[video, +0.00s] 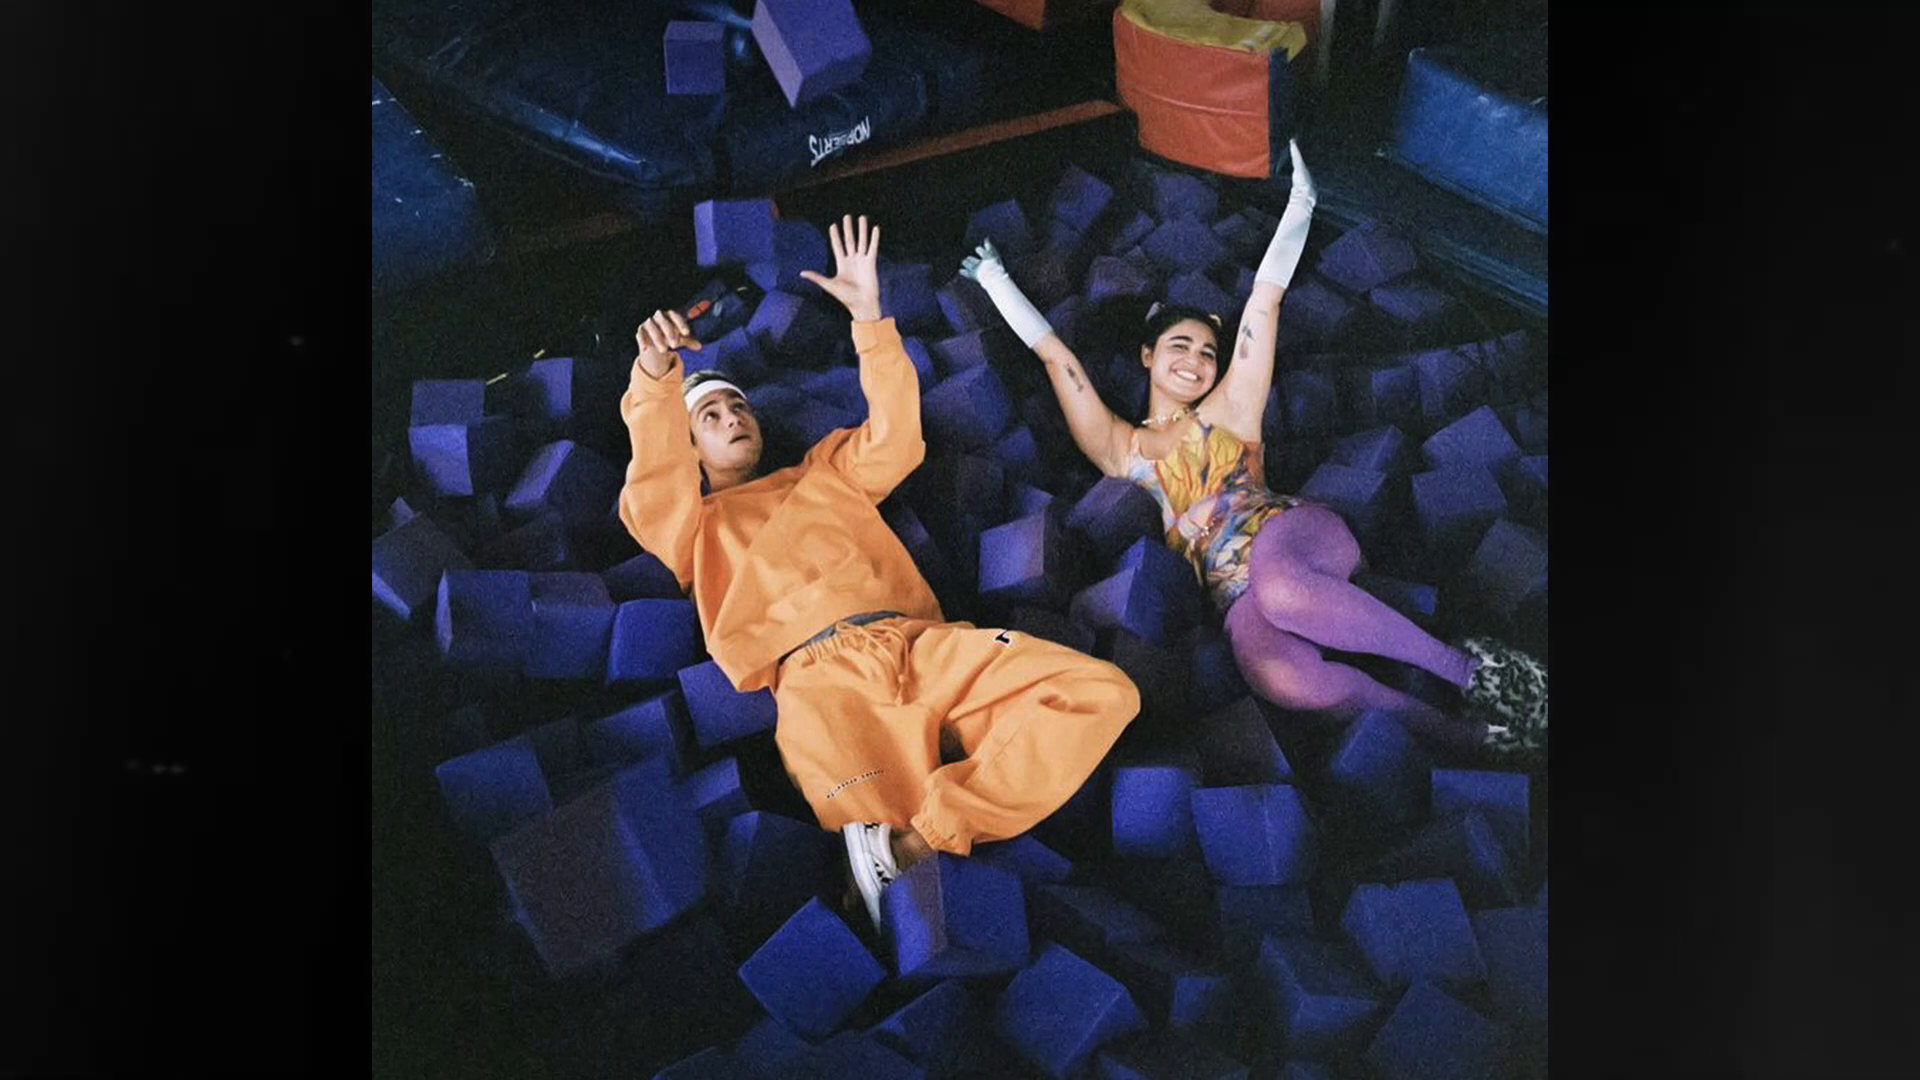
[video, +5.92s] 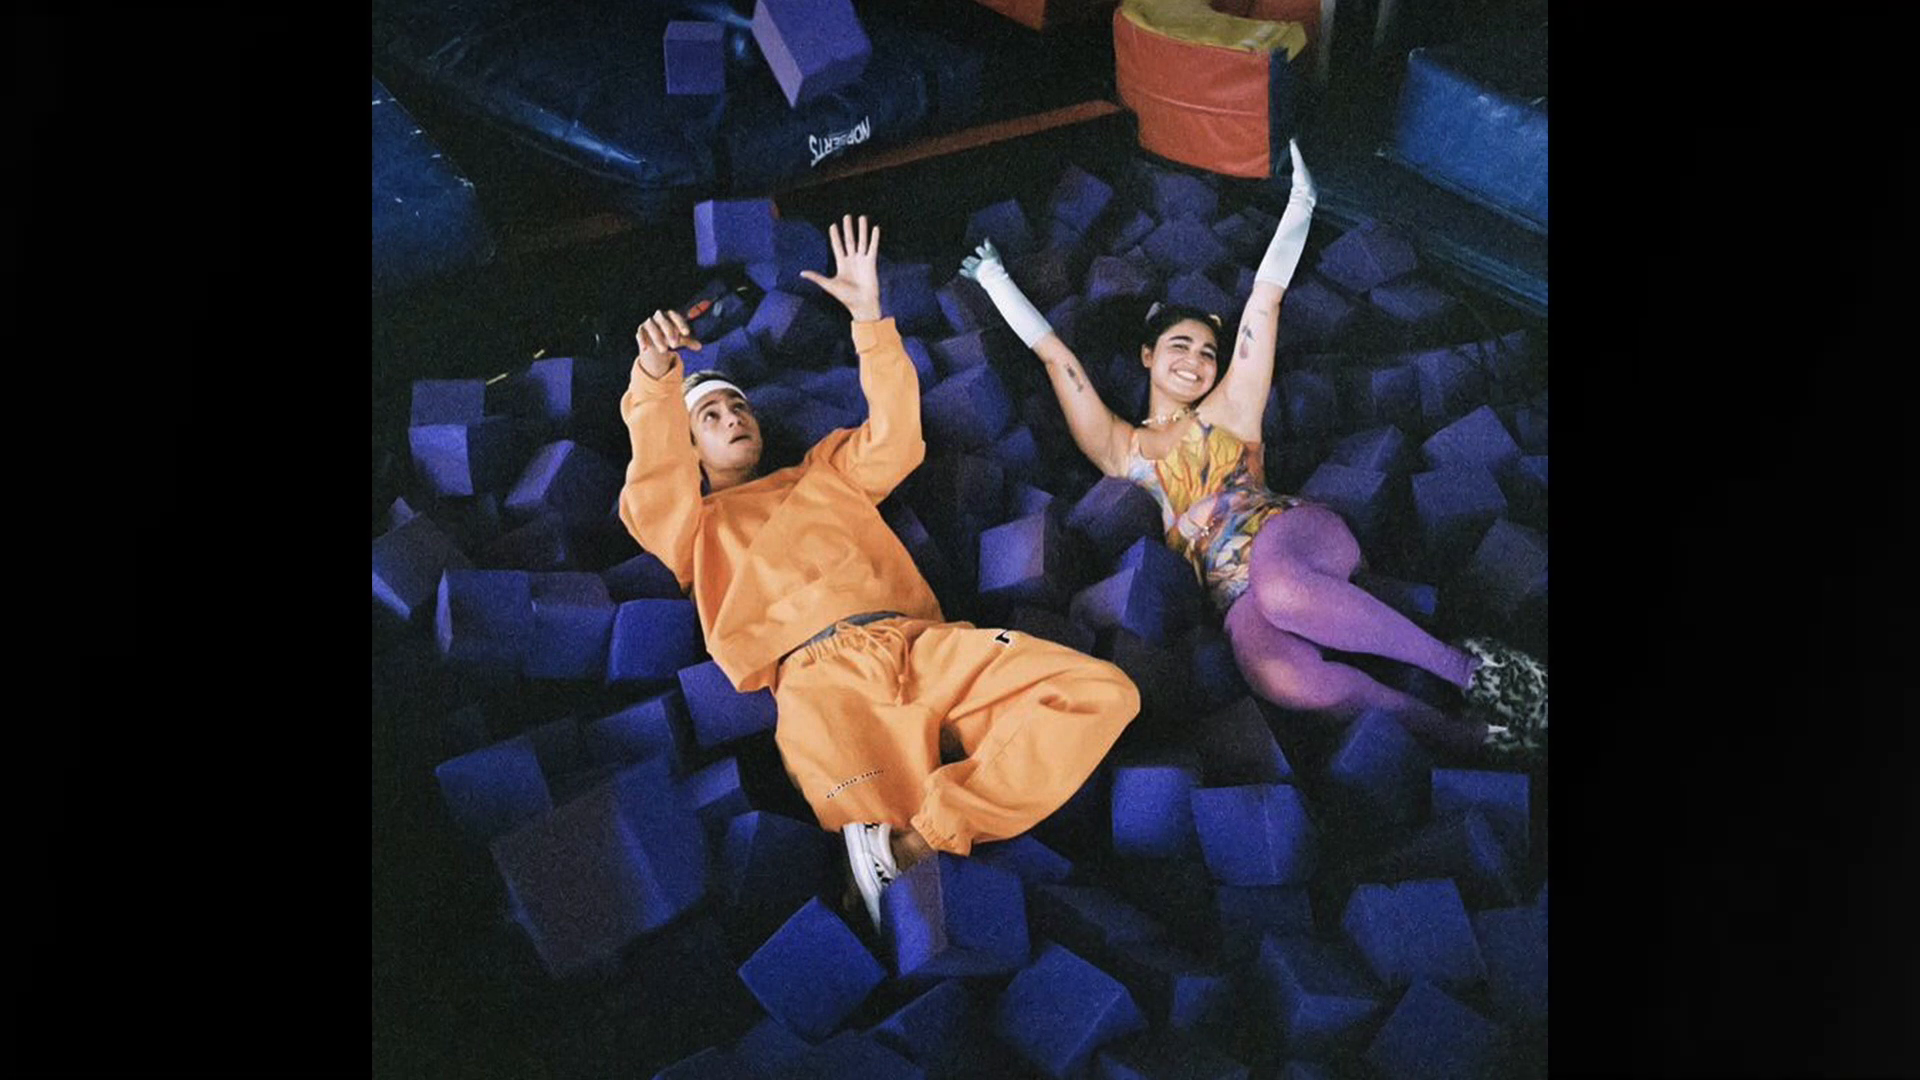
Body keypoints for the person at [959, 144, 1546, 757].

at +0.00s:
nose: (1191, 360)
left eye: (1205, 353)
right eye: (1177, 346)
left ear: (1216, 370)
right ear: (1145, 358)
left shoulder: (1231, 410)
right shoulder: (1123, 449)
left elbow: (1264, 303)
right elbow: (1057, 359)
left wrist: (1298, 209)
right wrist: (993, 278)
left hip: (1291, 533)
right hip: (1240, 599)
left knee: (1276, 592)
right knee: (1286, 680)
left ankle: (1472, 670)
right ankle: (1461, 732)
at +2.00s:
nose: (1191, 360)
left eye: (1205, 354)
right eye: (1177, 346)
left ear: (1216, 371)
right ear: (1145, 357)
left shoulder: (1230, 411)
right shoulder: (1122, 448)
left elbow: (1264, 306)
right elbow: (1057, 359)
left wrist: (1298, 209)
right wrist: (991, 278)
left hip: (1287, 531)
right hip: (1238, 596)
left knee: (1278, 593)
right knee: (1287, 680)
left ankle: (1471, 671)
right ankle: (1463, 735)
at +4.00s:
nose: (1191, 360)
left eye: (1205, 354)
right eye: (1177, 346)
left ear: (1216, 371)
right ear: (1145, 357)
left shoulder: (1230, 411)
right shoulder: (1122, 448)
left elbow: (1264, 306)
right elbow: (1057, 359)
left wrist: (1298, 209)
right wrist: (992, 278)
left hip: (1288, 531)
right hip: (1238, 596)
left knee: (1278, 592)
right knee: (1287, 680)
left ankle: (1471, 671)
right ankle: (1463, 736)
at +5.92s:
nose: (1191, 360)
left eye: (1205, 353)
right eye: (1177, 346)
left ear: (1217, 370)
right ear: (1145, 358)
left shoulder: (1230, 411)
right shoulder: (1123, 448)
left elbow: (1265, 304)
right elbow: (1057, 358)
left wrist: (1298, 209)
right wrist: (992, 277)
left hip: (1289, 532)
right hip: (1239, 597)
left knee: (1278, 592)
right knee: (1285, 679)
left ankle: (1471, 670)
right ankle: (1459, 731)